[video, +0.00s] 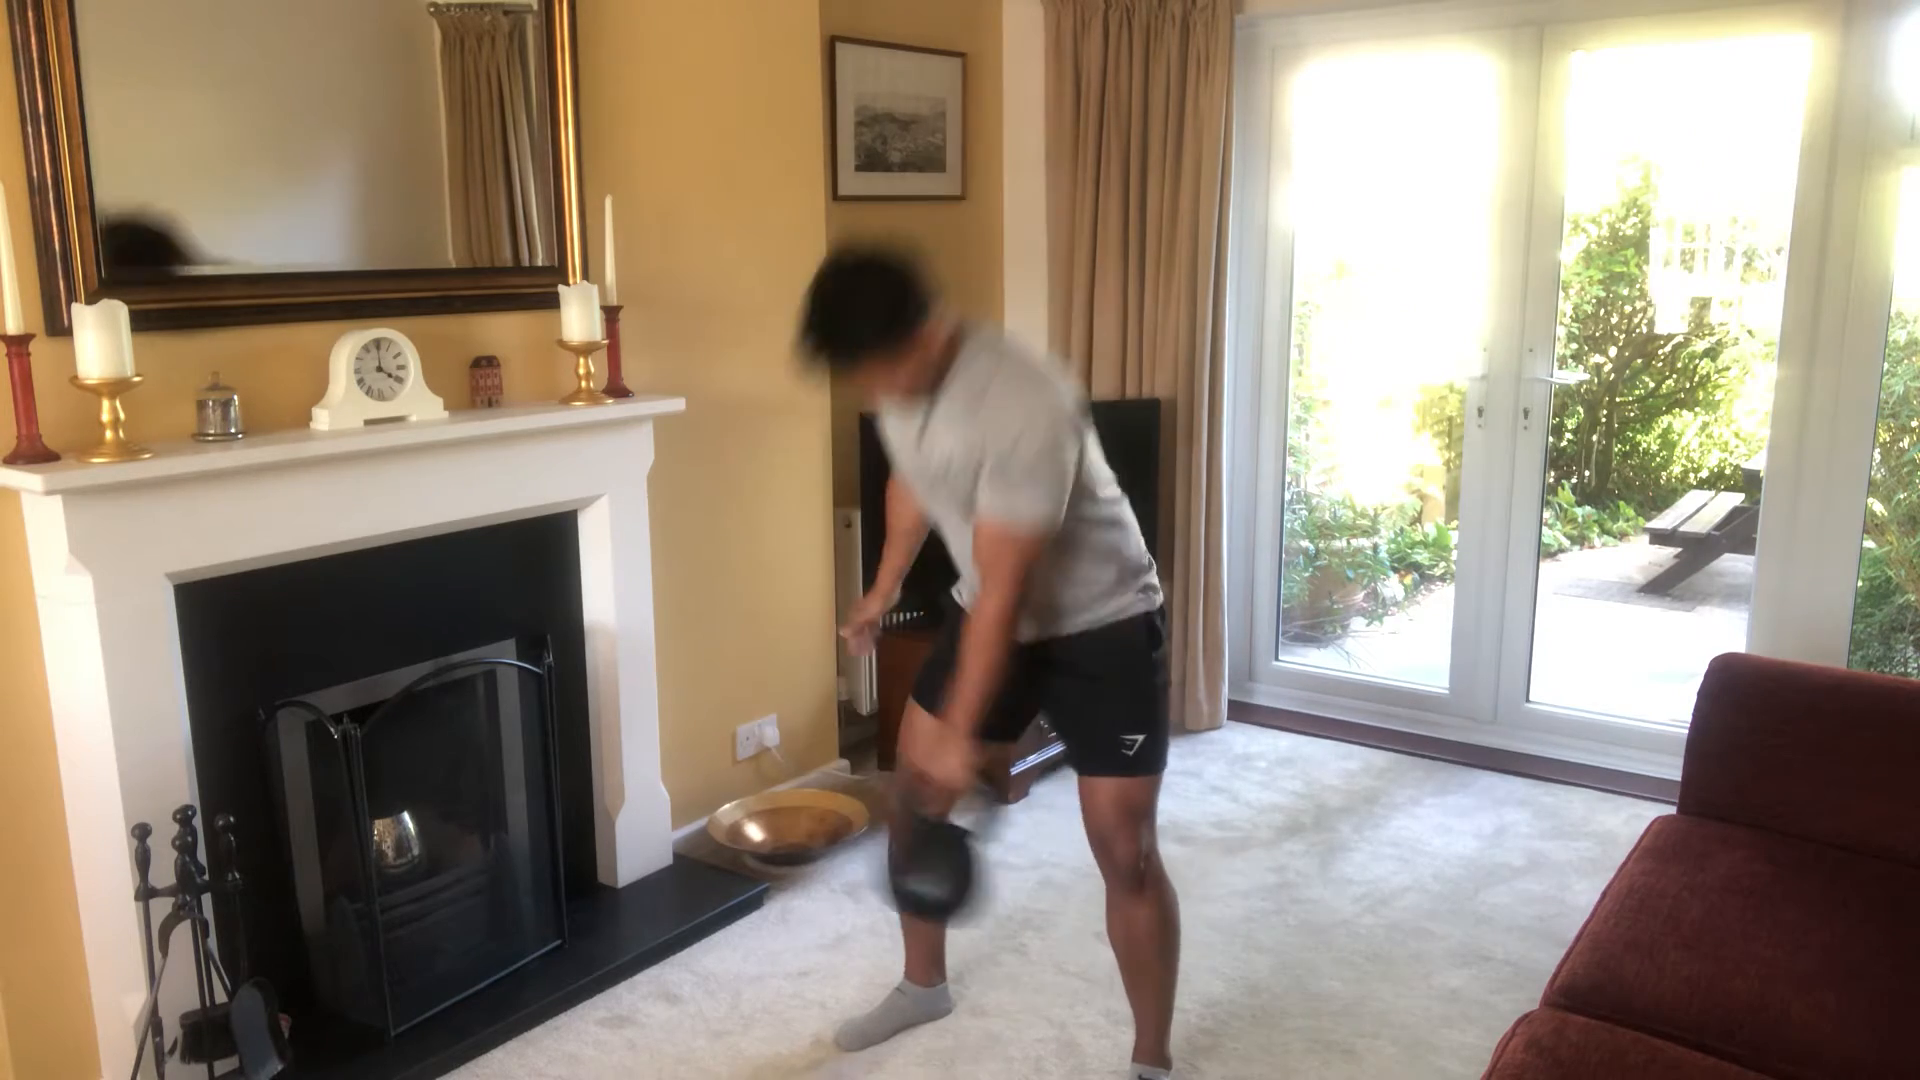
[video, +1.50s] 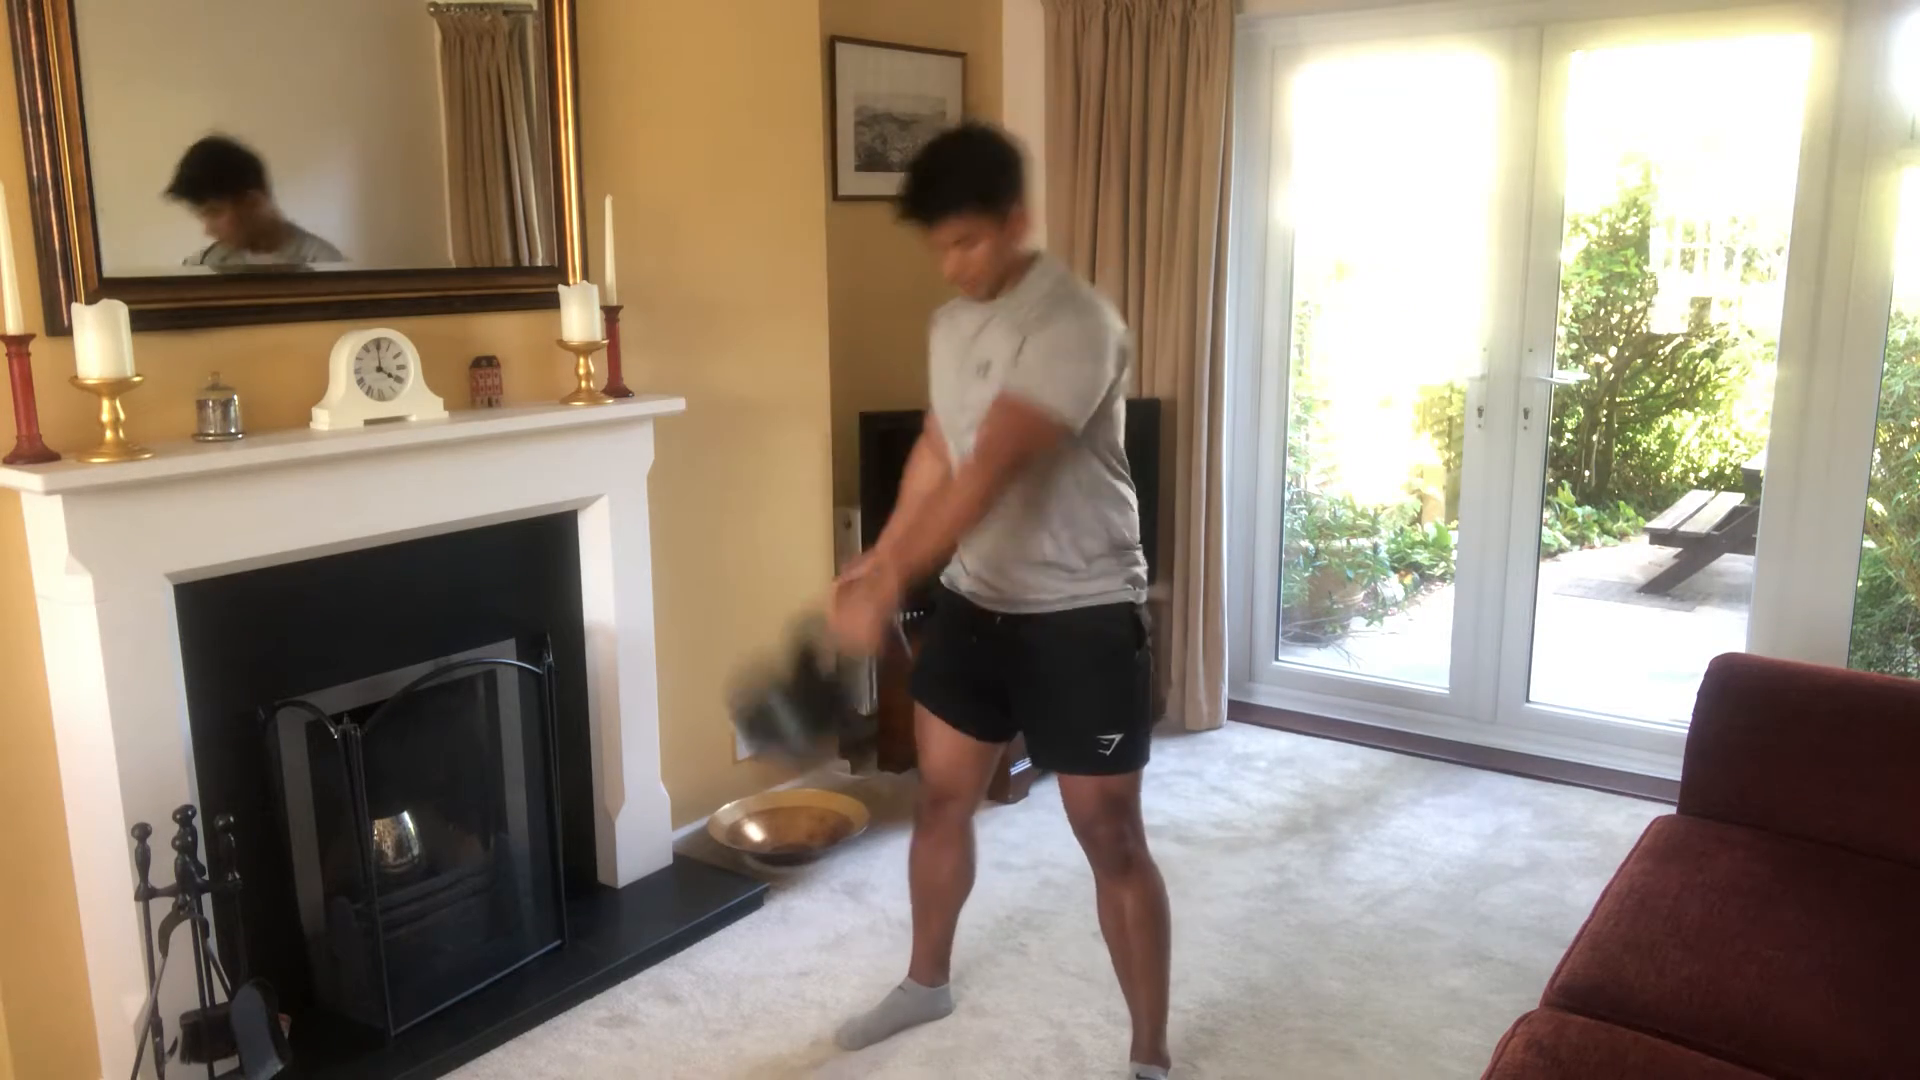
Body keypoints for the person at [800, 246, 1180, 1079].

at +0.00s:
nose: (867, 389)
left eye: (870, 371)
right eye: (855, 376)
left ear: (915, 333)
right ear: (863, 354)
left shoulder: (1025, 400)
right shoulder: (896, 383)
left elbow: (1001, 590)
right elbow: (913, 483)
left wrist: (958, 729)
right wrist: (883, 592)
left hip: (1101, 620)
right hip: (994, 611)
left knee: (1125, 852)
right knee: (917, 779)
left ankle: (1153, 1060)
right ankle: (924, 983)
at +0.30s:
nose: (817, 701)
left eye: (812, 689)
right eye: (801, 698)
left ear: (838, 642)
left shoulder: (970, 658)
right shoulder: (846, 536)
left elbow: (1050, 730)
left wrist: (1006, 776)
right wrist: (994, 752)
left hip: (1111, 650)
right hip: (998, 656)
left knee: (1124, 874)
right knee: (890, 808)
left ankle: (1153, 1062)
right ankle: (922, 986)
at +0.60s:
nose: (845, 381)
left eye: (849, 359)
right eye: (835, 363)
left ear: (898, 327)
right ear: (866, 341)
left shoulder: (1014, 412)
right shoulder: (893, 383)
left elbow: (1023, 598)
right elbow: (892, 461)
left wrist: (1023, 723)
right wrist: (883, 536)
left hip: (1106, 616)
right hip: (999, 607)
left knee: (1131, 843)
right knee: (930, 790)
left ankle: (1157, 1055)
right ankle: (925, 982)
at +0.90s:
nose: (986, 233)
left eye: (1002, 211)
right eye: (973, 216)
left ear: (1057, 202)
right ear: (965, 214)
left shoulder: (1107, 311)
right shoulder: (968, 319)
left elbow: (1012, 400)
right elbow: (937, 436)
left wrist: (886, 485)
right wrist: (869, 508)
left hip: (1080, 610)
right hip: (971, 599)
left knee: (1112, 837)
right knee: (957, 800)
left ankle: (1152, 1052)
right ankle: (928, 981)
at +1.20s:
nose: (990, 217)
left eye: (1010, 195)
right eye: (980, 199)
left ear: (1066, 195)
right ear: (972, 205)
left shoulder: (1108, 304)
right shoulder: (973, 319)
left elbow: (1002, 331)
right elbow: (958, 451)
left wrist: (849, 331)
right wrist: (920, 559)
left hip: (1074, 616)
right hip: (961, 606)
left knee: (1109, 833)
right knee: (957, 800)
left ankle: (1152, 1051)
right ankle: (928, 979)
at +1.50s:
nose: (952, 262)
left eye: (968, 240)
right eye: (939, 245)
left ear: (1019, 220)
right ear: (928, 238)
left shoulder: (1076, 320)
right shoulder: (952, 321)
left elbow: (990, 468)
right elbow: (935, 449)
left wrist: (885, 582)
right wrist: (882, 561)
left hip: (1082, 613)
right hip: (974, 603)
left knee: (1109, 835)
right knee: (941, 799)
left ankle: (1150, 1053)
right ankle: (926, 983)